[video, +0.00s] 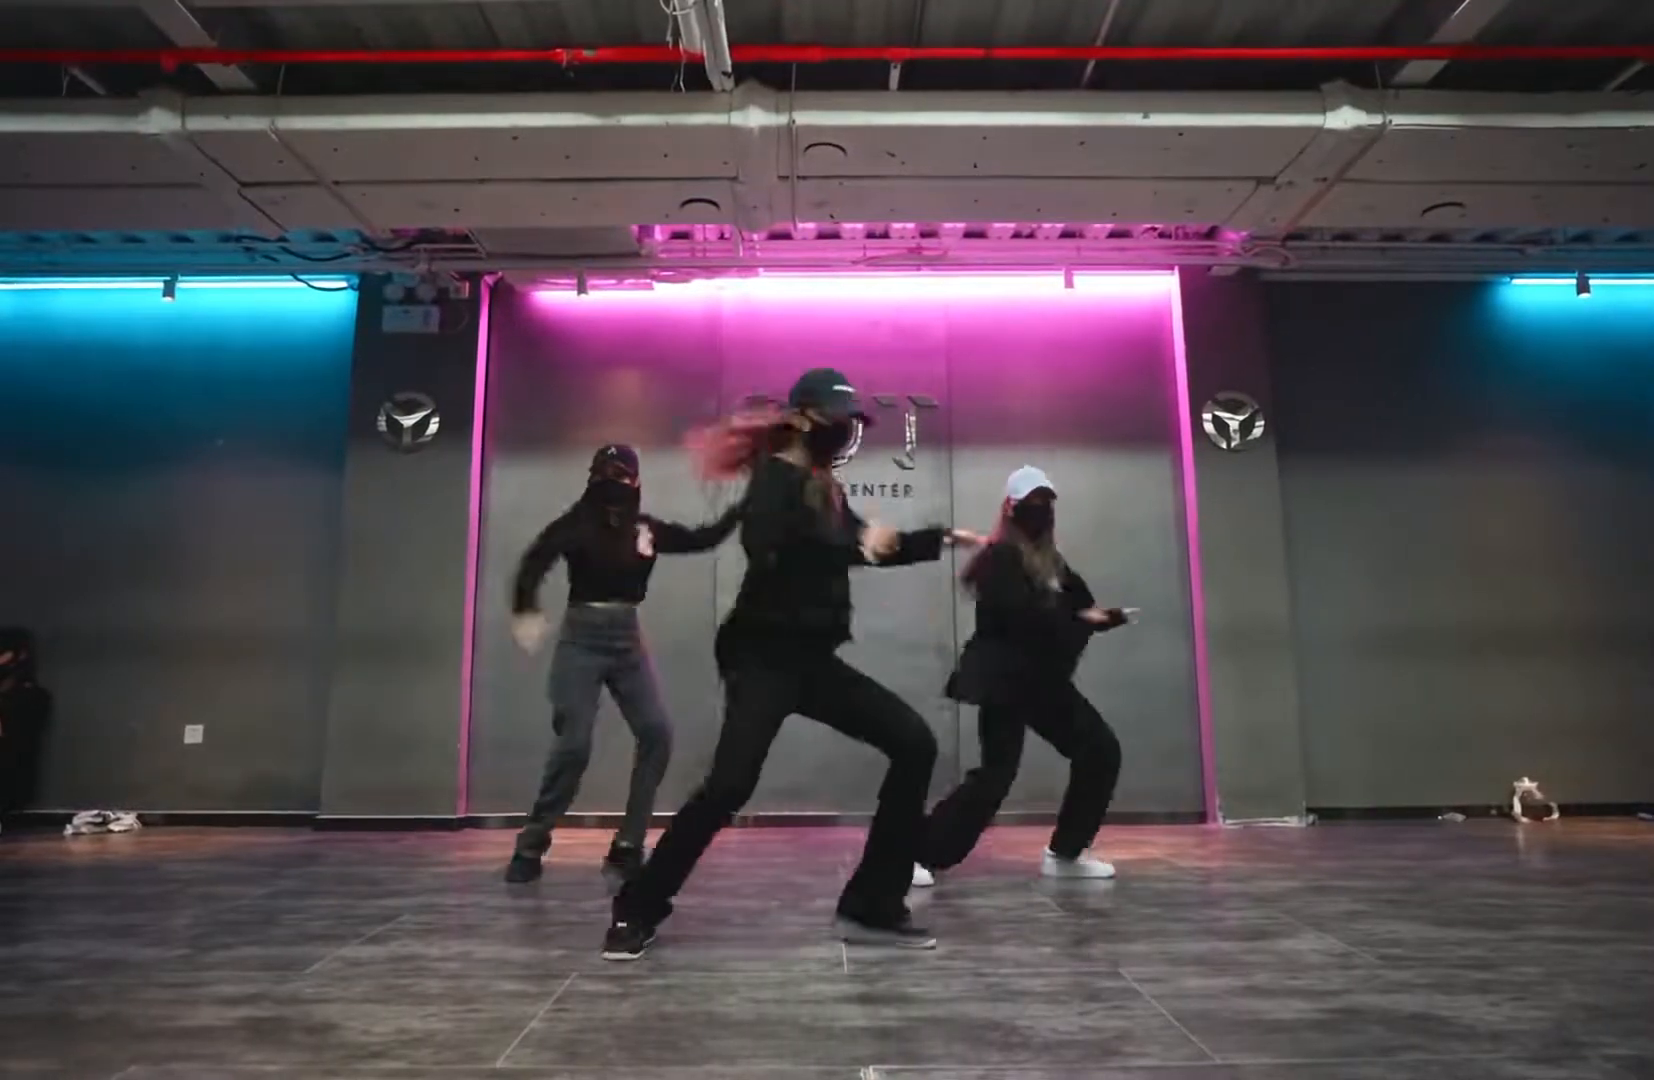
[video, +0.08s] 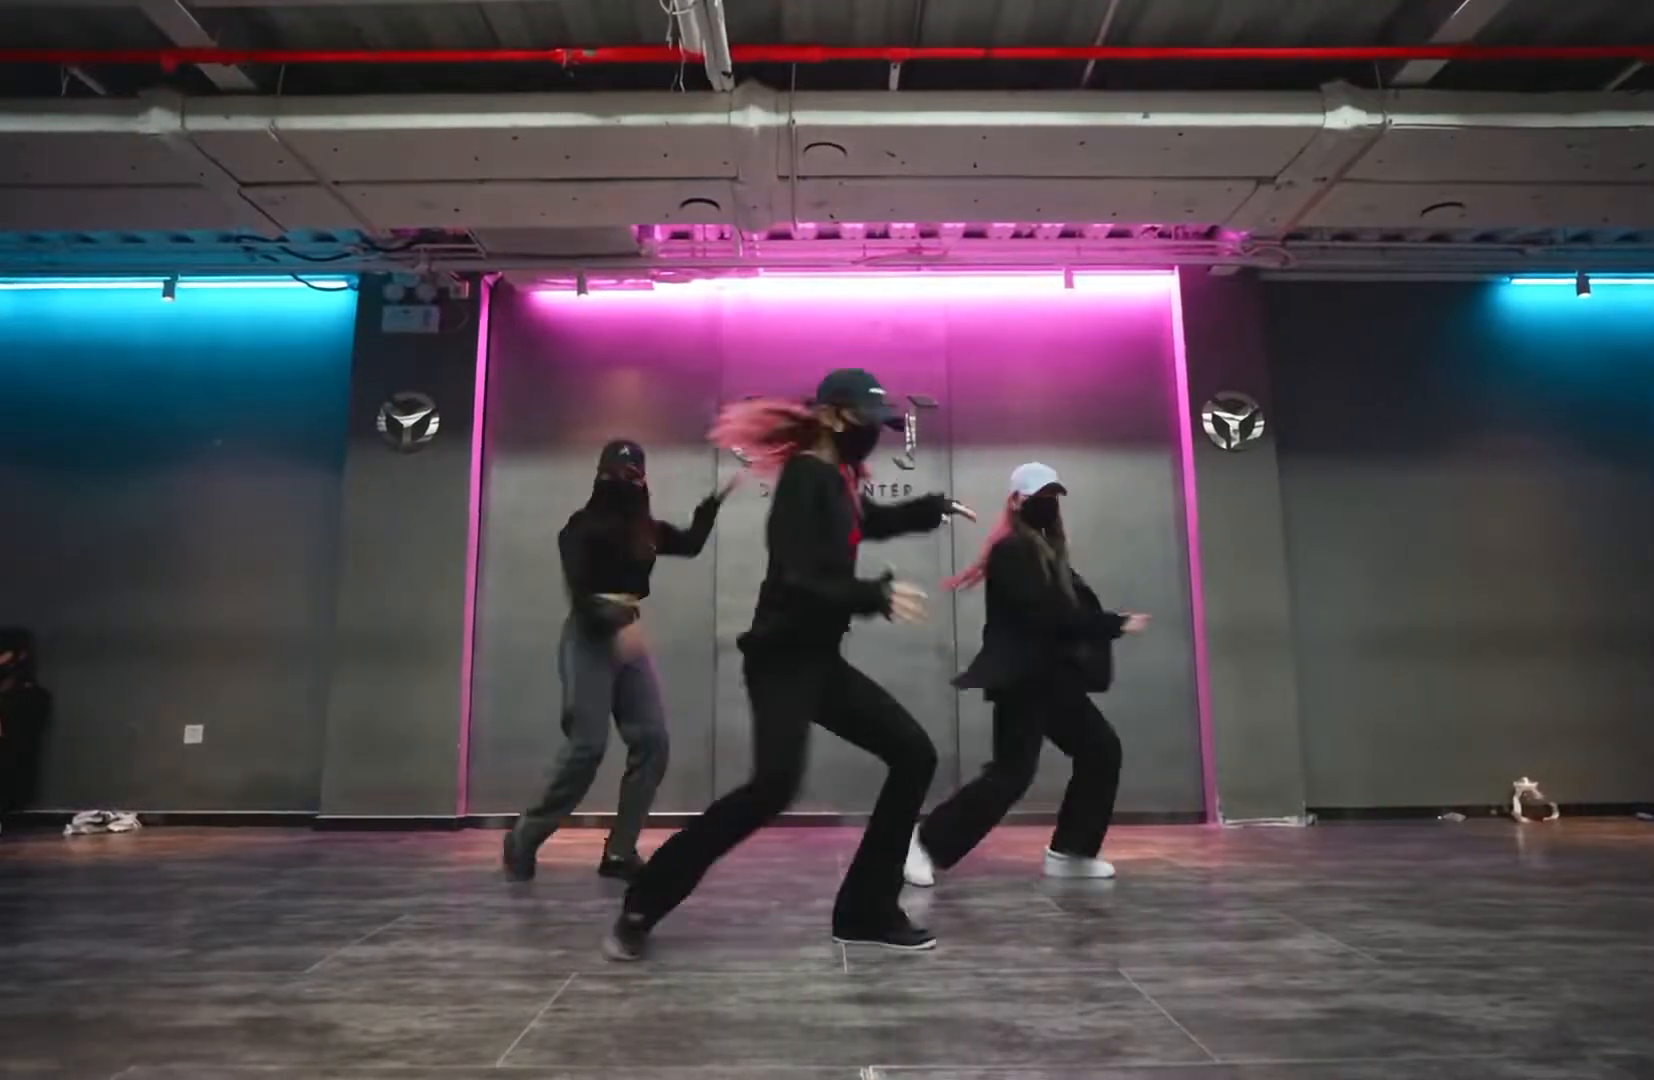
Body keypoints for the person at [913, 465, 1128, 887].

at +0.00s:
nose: (1042, 510)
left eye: (1047, 502)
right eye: (1033, 502)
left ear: (1053, 507)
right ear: (1012, 508)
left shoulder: (1047, 558)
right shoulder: (999, 558)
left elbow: (1076, 600)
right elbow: (1018, 618)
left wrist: (1094, 616)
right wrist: (1078, 619)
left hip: (1043, 683)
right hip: (1003, 682)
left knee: (1100, 751)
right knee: (997, 774)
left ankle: (1066, 853)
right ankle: (921, 853)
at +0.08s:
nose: (1049, 506)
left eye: (1053, 498)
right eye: (1041, 499)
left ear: (1057, 501)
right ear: (1017, 502)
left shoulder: (1046, 550)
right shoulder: (1012, 551)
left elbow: (1076, 601)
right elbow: (1045, 615)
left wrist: (1104, 624)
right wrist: (1112, 623)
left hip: (1044, 679)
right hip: (1022, 681)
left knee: (1102, 751)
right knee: (1011, 774)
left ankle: (1071, 853)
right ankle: (927, 844)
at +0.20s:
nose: (1058, 485)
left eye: (1057, 477)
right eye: (1050, 478)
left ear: (1026, 484)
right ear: (1025, 482)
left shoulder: (1040, 526)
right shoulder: (1023, 525)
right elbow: (1088, 534)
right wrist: (1159, 510)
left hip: (1047, 659)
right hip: (1031, 659)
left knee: (1089, 744)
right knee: (1089, 742)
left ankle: (1075, 853)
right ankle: (1014, 822)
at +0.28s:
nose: (1054, 468)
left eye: (1052, 463)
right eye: (1042, 465)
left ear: (1038, 478)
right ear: (1022, 478)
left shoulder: (1047, 513)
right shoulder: (1030, 514)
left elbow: (1089, 478)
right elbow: (1082, 484)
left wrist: (1105, 419)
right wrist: (1103, 423)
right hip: (1036, 649)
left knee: (1093, 741)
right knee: (1121, 730)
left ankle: (1069, 848)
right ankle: (1113, 837)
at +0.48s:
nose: (1049, 473)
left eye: (1048, 468)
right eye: (1041, 469)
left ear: (1023, 484)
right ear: (1024, 482)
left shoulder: (1035, 513)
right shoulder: (1033, 512)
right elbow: (1088, 480)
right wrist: (1074, 434)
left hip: (1049, 653)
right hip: (1039, 655)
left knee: (1099, 742)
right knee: (1127, 723)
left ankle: (1071, 848)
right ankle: (1122, 837)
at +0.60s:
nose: (1054, 478)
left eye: (1053, 471)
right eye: (1045, 472)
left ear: (1025, 480)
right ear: (1025, 479)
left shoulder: (1041, 515)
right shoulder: (1029, 516)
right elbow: (1081, 556)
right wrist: (1123, 508)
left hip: (1053, 653)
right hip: (1035, 657)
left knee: (1095, 746)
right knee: (1093, 746)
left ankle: (1076, 854)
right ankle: (994, 799)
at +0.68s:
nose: (1049, 479)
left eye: (1050, 471)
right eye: (1038, 473)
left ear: (1049, 473)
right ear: (1017, 479)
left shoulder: (1050, 521)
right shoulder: (1017, 522)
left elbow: (1062, 589)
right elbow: (1021, 582)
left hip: (1058, 659)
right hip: (1033, 660)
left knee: (1100, 750)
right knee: (1029, 762)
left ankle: (1076, 854)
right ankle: (947, 819)